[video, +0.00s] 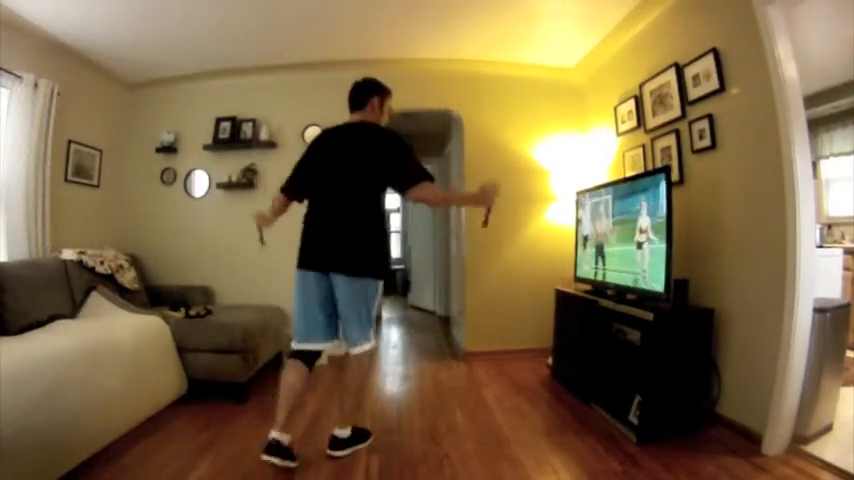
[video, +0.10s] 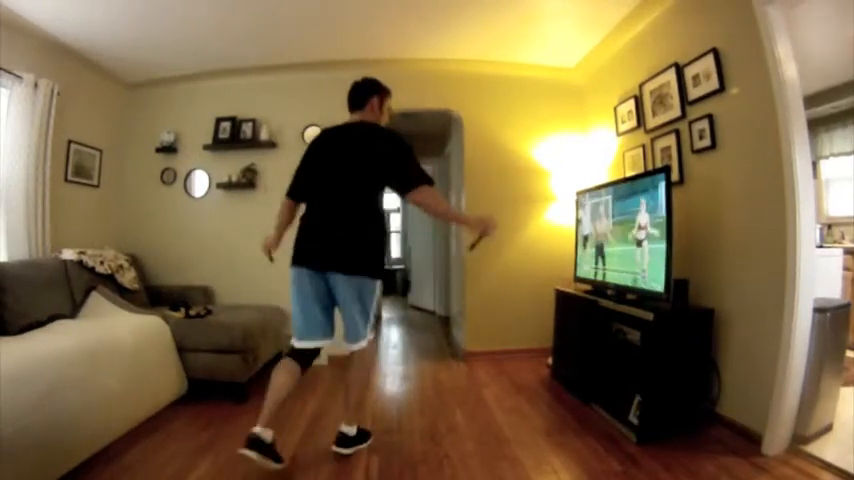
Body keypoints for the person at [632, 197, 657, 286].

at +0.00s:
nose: (643, 208)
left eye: (644, 206)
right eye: (642, 206)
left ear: (646, 207)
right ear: (640, 208)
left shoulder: (647, 218)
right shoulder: (640, 218)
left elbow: (649, 230)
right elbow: (637, 229)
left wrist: (653, 238)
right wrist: (636, 238)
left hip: (646, 238)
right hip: (639, 237)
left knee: (646, 255)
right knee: (638, 255)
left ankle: (645, 271)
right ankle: (638, 270)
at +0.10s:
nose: (643, 223)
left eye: (644, 221)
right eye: (642, 221)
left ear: (646, 222)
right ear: (639, 222)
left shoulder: (647, 228)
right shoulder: (637, 229)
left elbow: (651, 231)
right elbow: (632, 235)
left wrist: (655, 233)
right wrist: (632, 237)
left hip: (644, 241)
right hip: (638, 242)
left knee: (645, 255)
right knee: (637, 256)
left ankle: (645, 269)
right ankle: (638, 269)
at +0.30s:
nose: (640, 202)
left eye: (642, 200)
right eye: (639, 200)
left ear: (644, 202)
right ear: (638, 201)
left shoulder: (645, 209)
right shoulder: (636, 210)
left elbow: (647, 219)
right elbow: (633, 220)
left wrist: (654, 221)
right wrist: (634, 225)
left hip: (643, 232)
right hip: (636, 231)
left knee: (643, 251)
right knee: (637, 253)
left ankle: (643, 267)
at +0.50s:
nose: (639, 210)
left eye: (640, 208)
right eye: (638, 208)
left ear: (642, 209)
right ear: (637, 210)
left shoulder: (643, 218)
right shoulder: (636, 219)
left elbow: (645, 230)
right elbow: (634, 229)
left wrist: (650, 239)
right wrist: (633, 238)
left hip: (642, 238)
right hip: (636, 237)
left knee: (642, 255)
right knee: (635, 257)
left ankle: (642, 270)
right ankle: (635, 270)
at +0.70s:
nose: (639, 210)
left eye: (640, 209)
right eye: (638, 209)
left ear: (642, 209)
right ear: (636, 210)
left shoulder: (643, 217)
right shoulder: (635, 217)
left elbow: (645, 225)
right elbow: (631, 228)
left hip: (641, 237)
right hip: (635, 237)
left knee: (642, 254)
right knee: (635, 255)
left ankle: (642, 269)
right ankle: (635, 270)